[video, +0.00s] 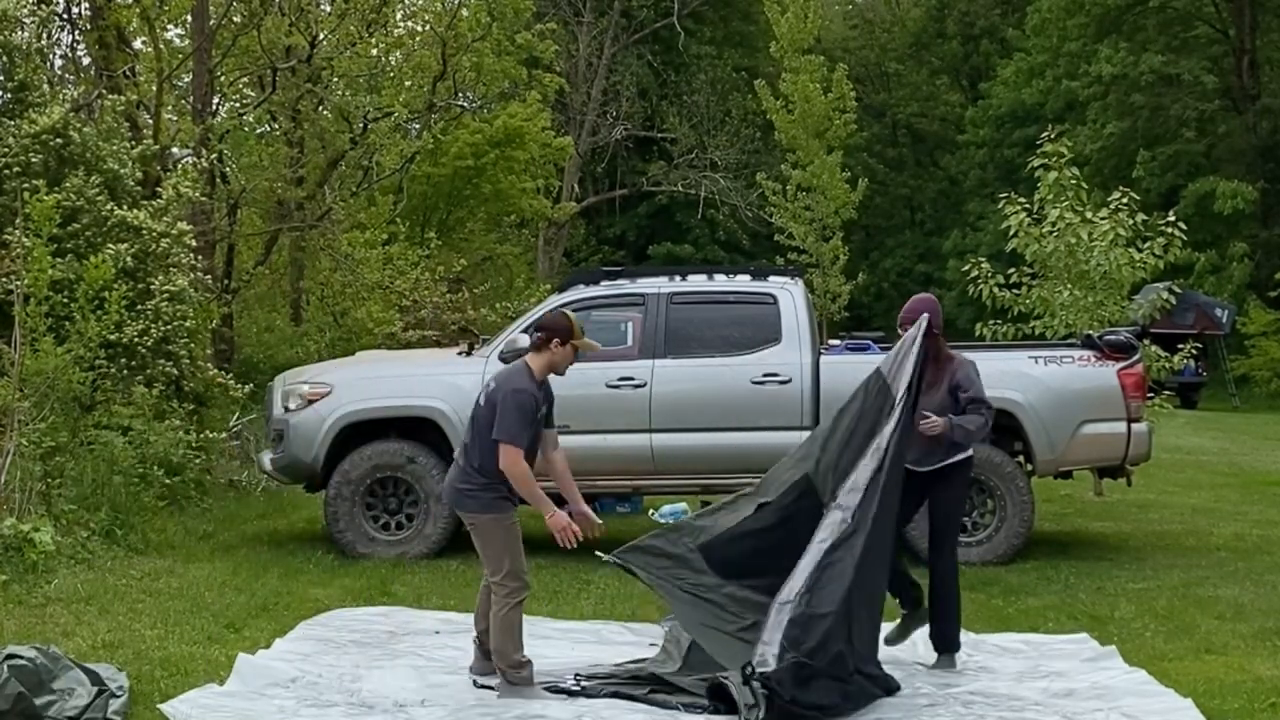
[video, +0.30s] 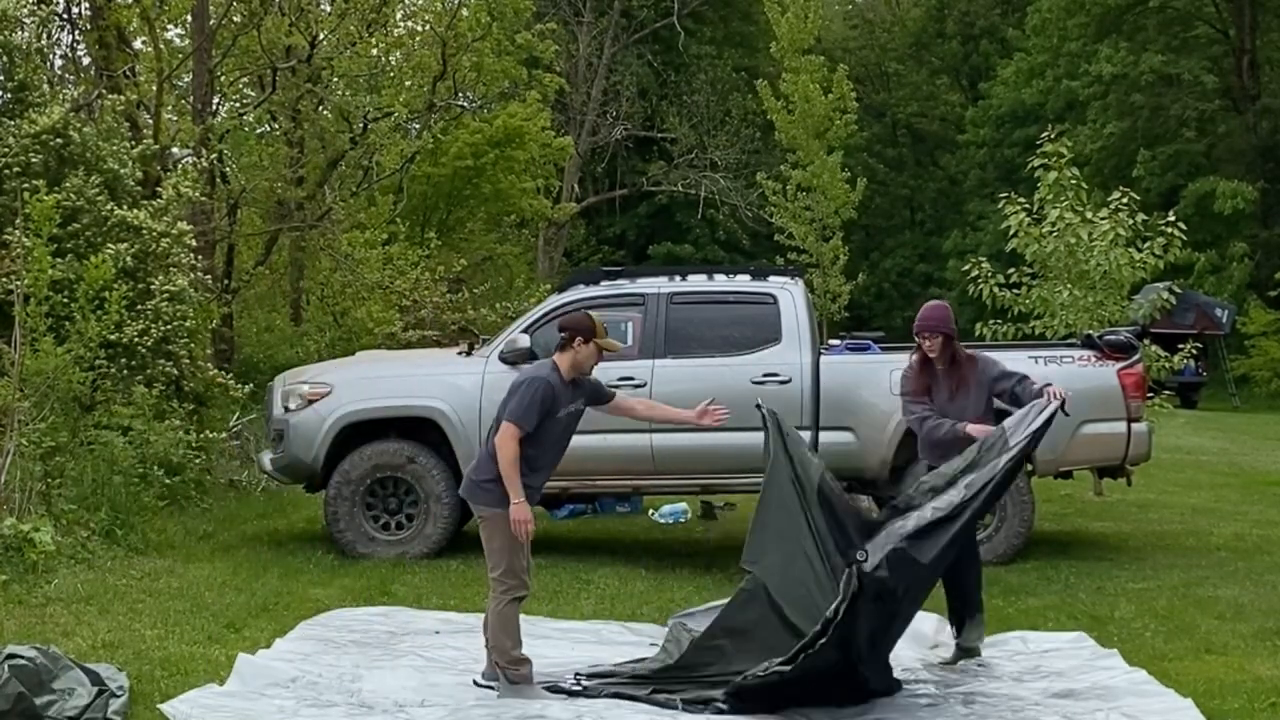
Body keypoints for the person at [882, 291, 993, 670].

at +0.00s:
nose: (904, 337)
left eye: (910, 330)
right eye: (902, 330)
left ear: (929, 330)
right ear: (904, 331)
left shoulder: (959, 367)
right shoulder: (901, 367)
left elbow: (982, 420)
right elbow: (881, 414)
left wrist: (947, 425)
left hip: (950, 471)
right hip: (908, 470)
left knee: (943, 555)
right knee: (876, 538)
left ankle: (946, 650)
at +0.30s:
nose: (928, 343)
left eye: (934, 336)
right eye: (922, 337)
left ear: (950, 334)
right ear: (917, 338)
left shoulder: (976, 365)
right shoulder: (914, 374)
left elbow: (1015, 386)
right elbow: (922, 422)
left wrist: (1042, 391)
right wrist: (966, 428)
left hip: (972, 468)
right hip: (936, 470)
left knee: (963, 546)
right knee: (953, 551)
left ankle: (970, 636)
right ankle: (964, 639)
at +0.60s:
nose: (977, 363)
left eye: (983, 359)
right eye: (974, 357)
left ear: (999, 360)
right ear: (970, 355)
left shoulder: (1017, 392)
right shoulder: (956, 379)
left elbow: (1048, 447)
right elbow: (936, 423)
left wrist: (1077, 500)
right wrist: (925, 464)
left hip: (1006, 472)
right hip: (961, 469)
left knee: (1002, 548)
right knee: (942, 534)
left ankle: (1010, 639)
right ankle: (965, 623)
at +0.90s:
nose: (899, 389)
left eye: (904, 384)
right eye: (895, 383)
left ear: (920, 384)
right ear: (891, 381)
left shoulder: (942, 412)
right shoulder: (882, 402)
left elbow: (958, 472)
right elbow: (871, 444)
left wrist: (959, 534)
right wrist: (864, 480)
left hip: (944, 478)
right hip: (906, 476)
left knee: (947, 544)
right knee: (900, 542)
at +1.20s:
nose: (867, 360)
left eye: (872, 353)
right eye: (863, 354)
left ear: (887, 351)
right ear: (859, 356)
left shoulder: (917, 382)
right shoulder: (861, 387)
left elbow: (937, 438)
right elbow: (859, 431)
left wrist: (905, 463)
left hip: (926, 467)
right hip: (886, 468)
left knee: (917, 541)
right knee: (889, 540)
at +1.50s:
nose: (819, 353)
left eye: (824, 346)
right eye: (814, 348)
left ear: (837, 343)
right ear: (809, 348)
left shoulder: (862, 373)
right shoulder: (805, 381)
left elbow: (894, 406)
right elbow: (800, 430)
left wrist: (922, 425)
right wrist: (793, 472)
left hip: (867, 465)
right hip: (828, 467)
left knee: (867, 534)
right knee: (821, 537)